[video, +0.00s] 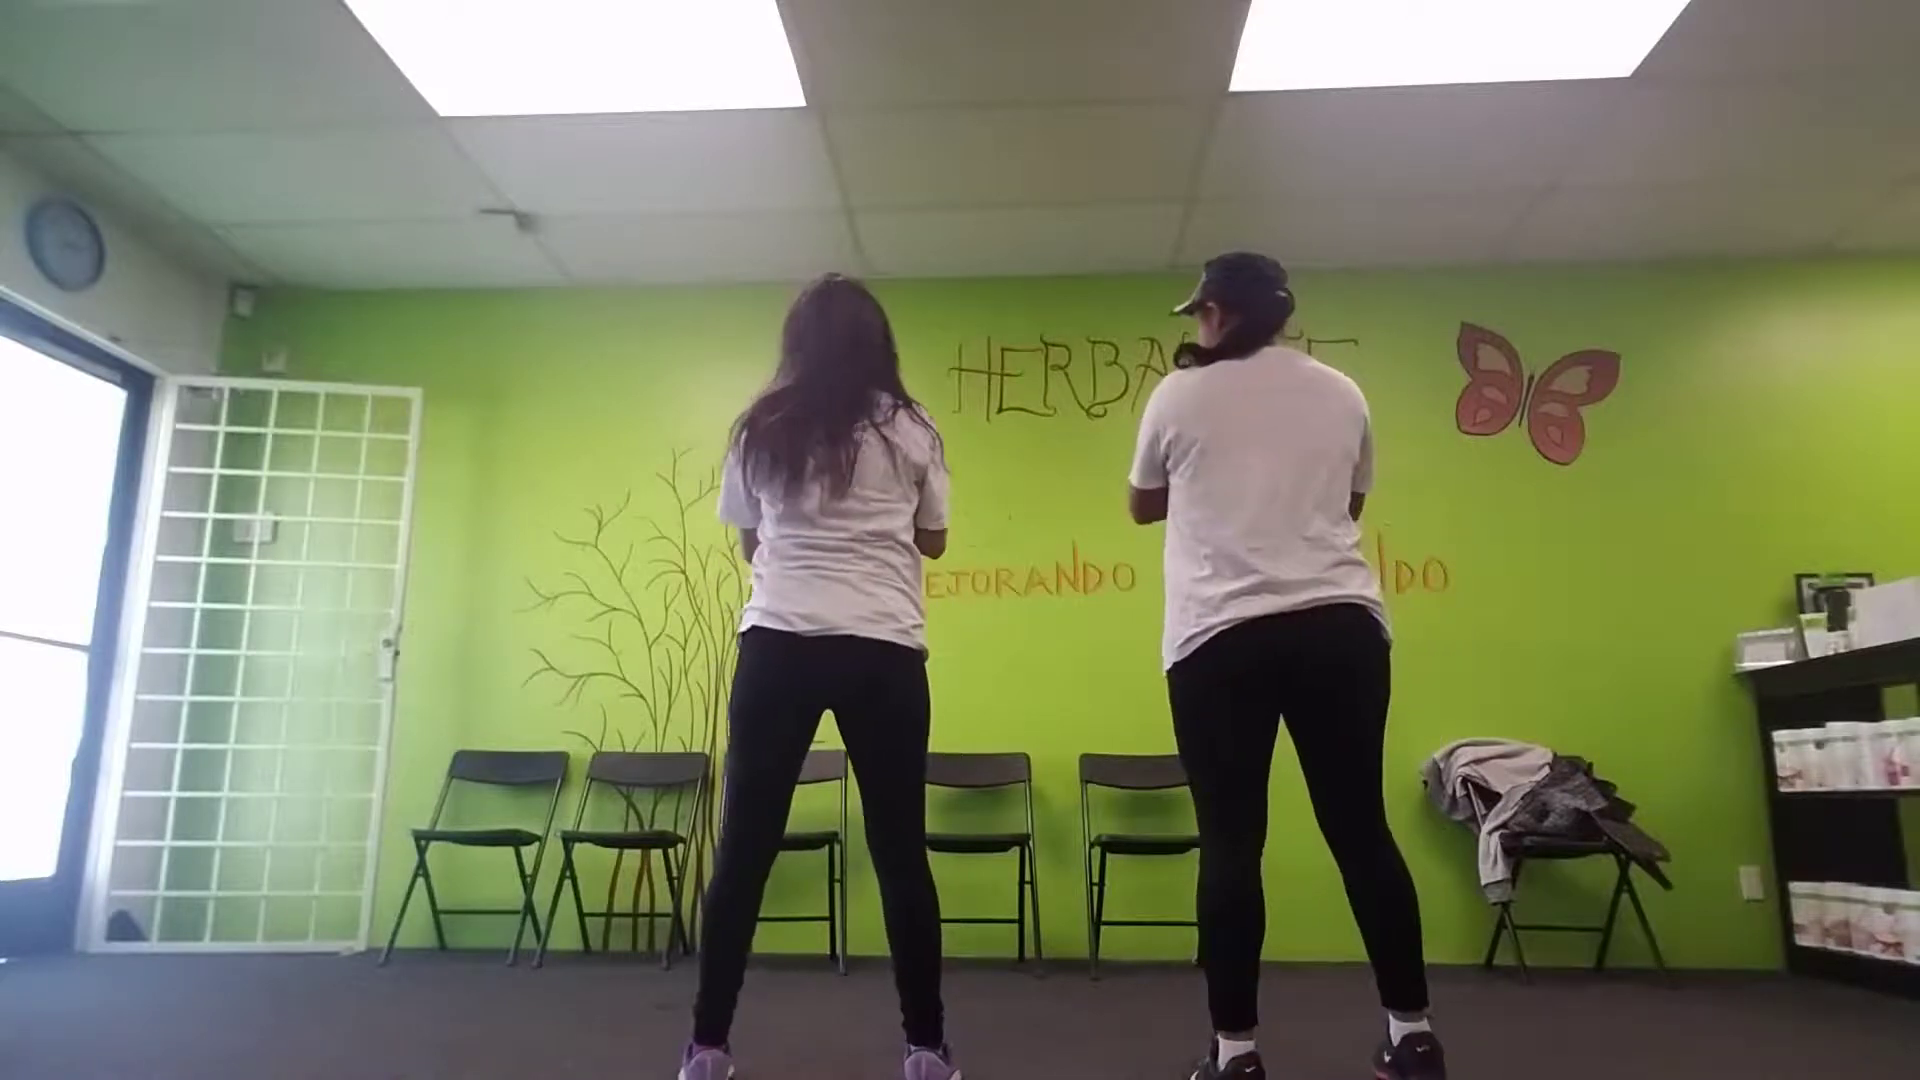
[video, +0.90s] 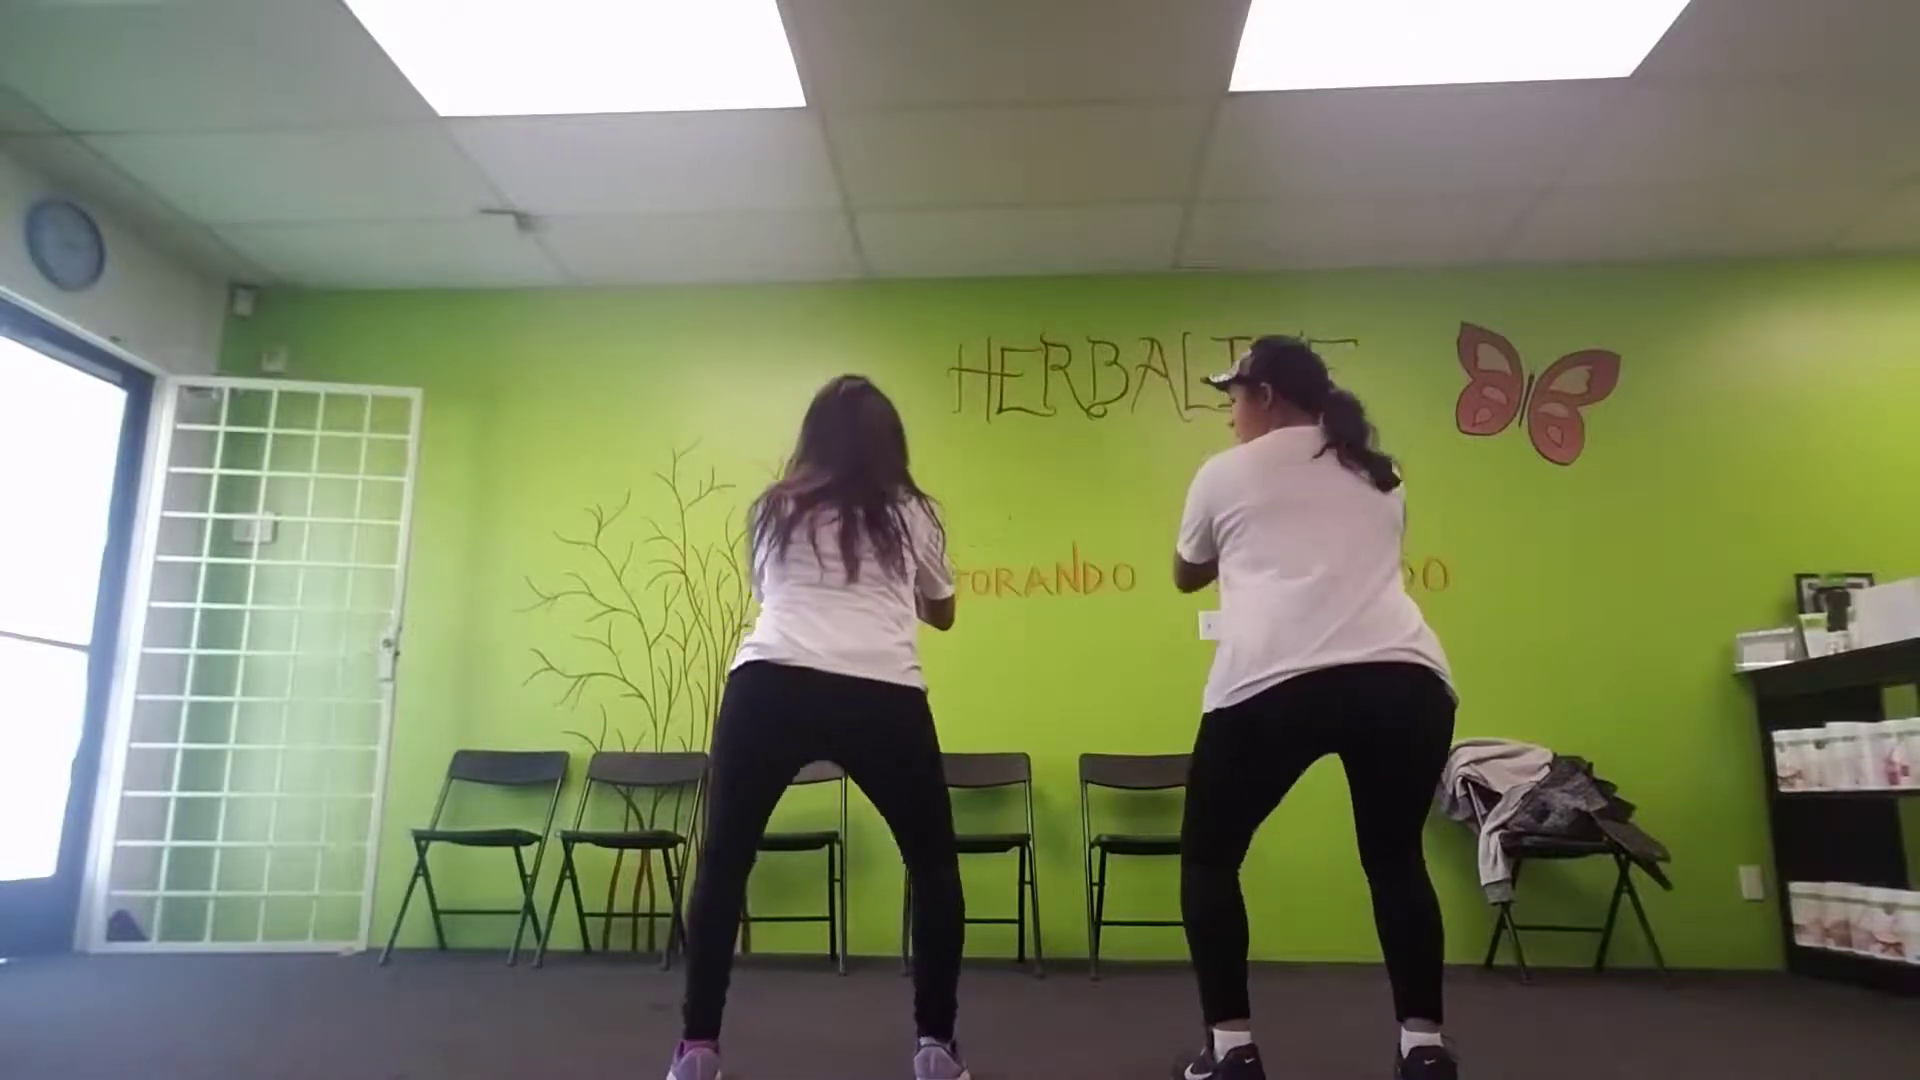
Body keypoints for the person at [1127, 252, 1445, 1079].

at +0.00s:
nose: (1197, 326)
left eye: (1204, 313)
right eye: (1199, 313)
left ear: (1226, 316)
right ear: (1282, 315)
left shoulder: (1177, 394)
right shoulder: (1341, 391)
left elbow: (1146, 504)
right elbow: (1350, 503)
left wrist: (1230, 467)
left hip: (1220, 647)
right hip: (1341, 637)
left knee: (1230, 844)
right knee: (1361, 828)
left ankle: (1234, 1050)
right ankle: (1412, 1033)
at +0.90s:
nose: (1230, 413)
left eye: (1236, 398)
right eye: (1232, 399)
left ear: (1264, 398)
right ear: (1312, 399)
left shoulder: (1224, 474)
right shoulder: (1379, 472)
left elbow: (1190, 572)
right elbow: (1377, 561)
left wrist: (1272, 540)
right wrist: (1278, 552)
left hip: (1272, 688)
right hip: (1403, 682)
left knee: (1209, 860)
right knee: (1396, 855)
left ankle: (1232, 1049)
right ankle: (1423, 1043)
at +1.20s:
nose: (1215, 538)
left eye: (1220, 524)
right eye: (1215, 525)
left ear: (1250, 524)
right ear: (1296, 526)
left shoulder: (1213, 594)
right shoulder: (1362, 587)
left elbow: (1183, 700)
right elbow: (1376, 676)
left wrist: (1245, 638)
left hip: (1277, 793)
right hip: (1420, 788)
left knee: (1182, 868)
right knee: (1395, 869)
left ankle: (1230, 1047)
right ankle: (1423, 1041)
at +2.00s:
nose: (1218, 429)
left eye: (1222, 415)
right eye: (1219, 415)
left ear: (1246, 416)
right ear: (1298, 416)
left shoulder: (1206, 484)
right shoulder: (1361, 484)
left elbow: (1169, 591)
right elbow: (1378, 584)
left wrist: (1249, 559)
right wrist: (1300, 565)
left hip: (1256, 690)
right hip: (1383, 682)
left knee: (1192, 859)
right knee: (1390, 855)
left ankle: (1232, 1045)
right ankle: (1421, 1036)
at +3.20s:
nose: (1224, 523)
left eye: (1228, 509)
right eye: (1224, 510)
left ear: (1252, 510)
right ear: (1303, 511)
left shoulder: (1216, 579)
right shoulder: (1362, 576)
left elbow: (1174, 683)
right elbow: (1378, 662)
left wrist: (1236, 631)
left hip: (1275, 775)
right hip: (1420, 767)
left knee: (1187, 872)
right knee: (1392, 870)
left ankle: (1232, 1047)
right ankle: (1424, 1042)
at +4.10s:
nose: (1221, 404)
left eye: (1227, 390)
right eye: (1222, 391)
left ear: (1257, 389)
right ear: (1298, 390)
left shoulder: (1219, 455)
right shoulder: (1369, 456)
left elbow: (1175, 572)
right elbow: (1400, 572)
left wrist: (1251, 583)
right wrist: (1327, 583)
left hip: (1269, 660)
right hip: (1393, 654)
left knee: (1210, 847)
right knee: (1394, 847)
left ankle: (1233, 1045)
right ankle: (1422, 1036)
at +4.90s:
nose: (1231, 391)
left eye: (1235, 376)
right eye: (1231, 378)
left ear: (1265, 371)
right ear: (1311, 372)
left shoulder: (1226, 439)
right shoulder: (1384, 444)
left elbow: (1180, 557)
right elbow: (1398, 559)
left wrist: (1261, 546)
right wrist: (1321, 551)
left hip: (1268, 655)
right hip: (1395, 649)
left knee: (1217, 850)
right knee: (1396, 845)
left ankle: (1234, 1047)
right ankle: (1423, 1041)